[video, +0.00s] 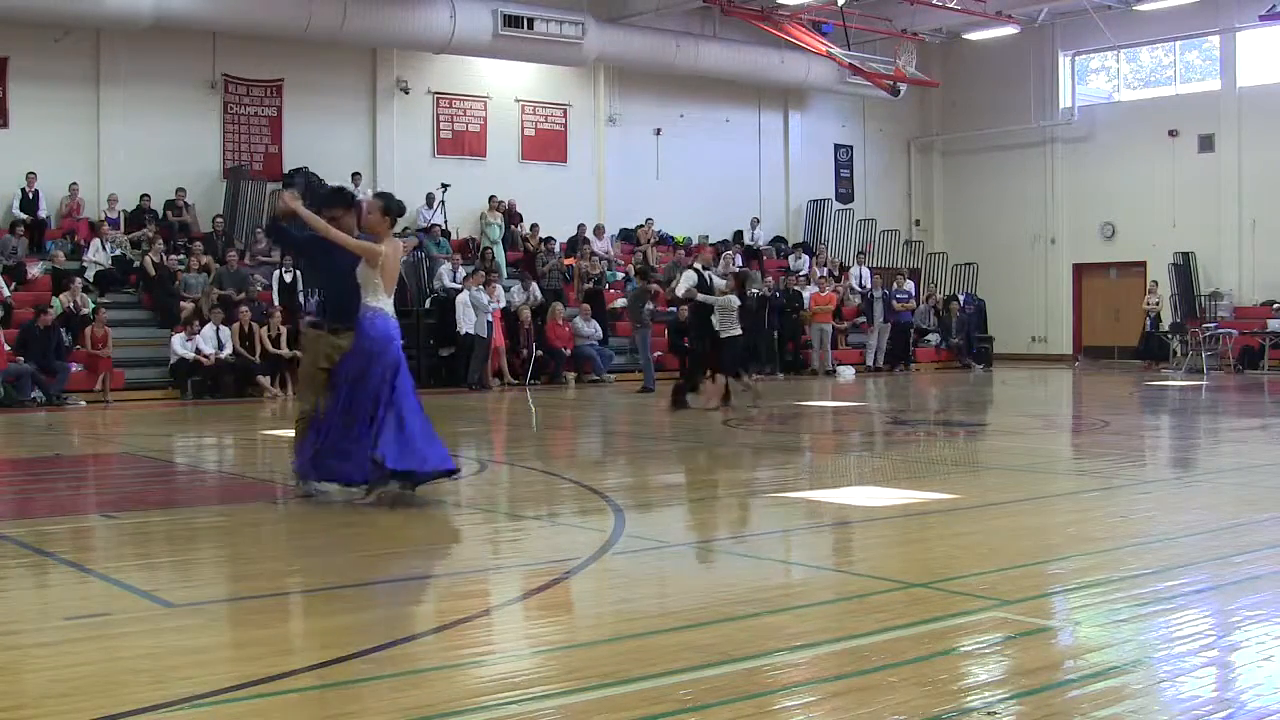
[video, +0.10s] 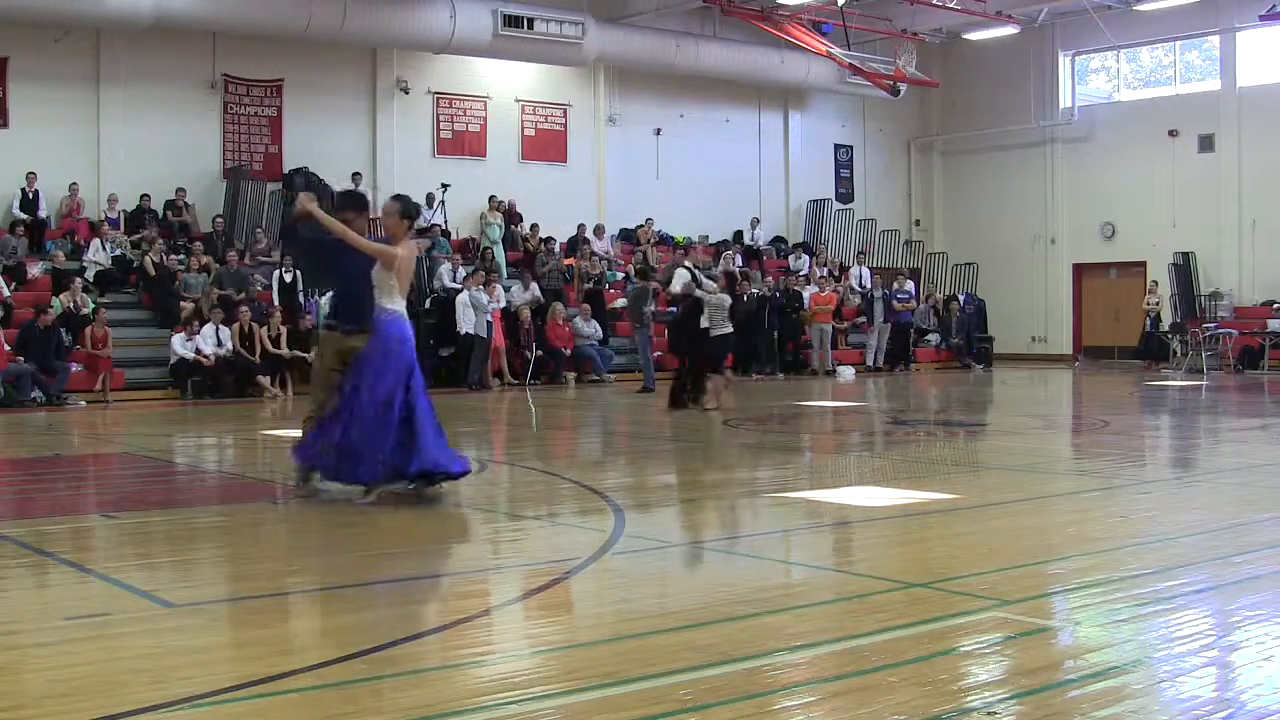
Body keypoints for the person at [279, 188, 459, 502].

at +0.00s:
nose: (363, 217)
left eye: (369, 213)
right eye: (364, 212)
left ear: (386, 219)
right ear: (387, 220)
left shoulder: (377, 250)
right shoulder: (396, 246)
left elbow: (331, 232)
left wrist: (298, 208)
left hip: (373, 328)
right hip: (388, 327)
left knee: (347, 392)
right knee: (389, 397)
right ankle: (406, 466)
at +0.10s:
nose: (381, 221)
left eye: (386, 216)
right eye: (382, 215)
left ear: (403, 221)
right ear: (404, 222)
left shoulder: (393, 254)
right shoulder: (411, 249)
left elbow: (349, 236)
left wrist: (315, 210)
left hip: (388, 331)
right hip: (401, 329)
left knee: (369, 397)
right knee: (407, 397)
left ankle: (371, 471)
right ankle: (426, 467)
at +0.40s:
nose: (432, 221)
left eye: (438, 216)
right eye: (433, 216)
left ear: (453, 223)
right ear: (449, 224)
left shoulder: (442, 253)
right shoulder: (450, 247)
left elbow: (398, 235)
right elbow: (402, 234)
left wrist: (363, 207)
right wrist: (365, 206)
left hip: (436, 330)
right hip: (435, 327)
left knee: (405, 384)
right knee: (439, 393)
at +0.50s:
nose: (444, 224)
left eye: (450, 219)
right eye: (445, 218)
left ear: (465, 225)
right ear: (465, 225)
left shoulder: (451, 255)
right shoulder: (469, 247)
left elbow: (410, 238)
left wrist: (375, 214)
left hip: (442, 333)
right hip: (451, 330)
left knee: (427, 396)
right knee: (451, 398)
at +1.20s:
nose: (486, 228)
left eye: (492, 224)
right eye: (487, 223)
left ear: (509, 227)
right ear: (501, 228)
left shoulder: (502, 258)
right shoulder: (505, 253)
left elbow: (461, 244)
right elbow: (463, 246)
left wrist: (424, 222)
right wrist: (424, 224)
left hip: (492, 329)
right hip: (495, 327)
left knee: (463, 392)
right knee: (498, 395)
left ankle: (483, 466)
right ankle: (513, 460)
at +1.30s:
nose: (487, 220)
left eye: (493, 216)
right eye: (488, 216)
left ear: (510, 221)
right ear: (494, 221)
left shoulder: (502, 252)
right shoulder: (502, 249)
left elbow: (463, 237)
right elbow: (465, 245)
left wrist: (417, 208)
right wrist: (438, 227)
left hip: (490, 323)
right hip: (493, 321)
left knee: (475, 390)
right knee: (498, 391)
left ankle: (481, 464)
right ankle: (513, 460)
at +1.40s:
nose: (487, 217)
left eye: (493, 213)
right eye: (488, 212)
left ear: (509, 219)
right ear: (498, 218)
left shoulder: (502, 251)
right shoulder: (501, 247)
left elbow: (460, 231)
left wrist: (421, 203)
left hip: (491, 324)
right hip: (492, 322)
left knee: (477, 390)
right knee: (497, 392)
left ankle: (477, 462)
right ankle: (513, 459)